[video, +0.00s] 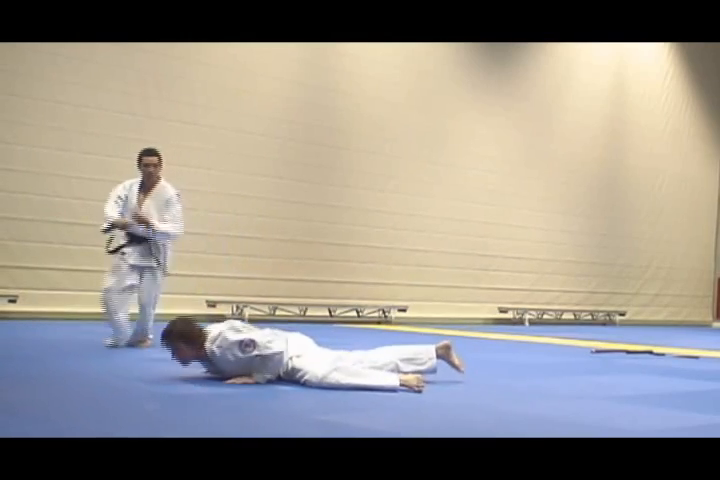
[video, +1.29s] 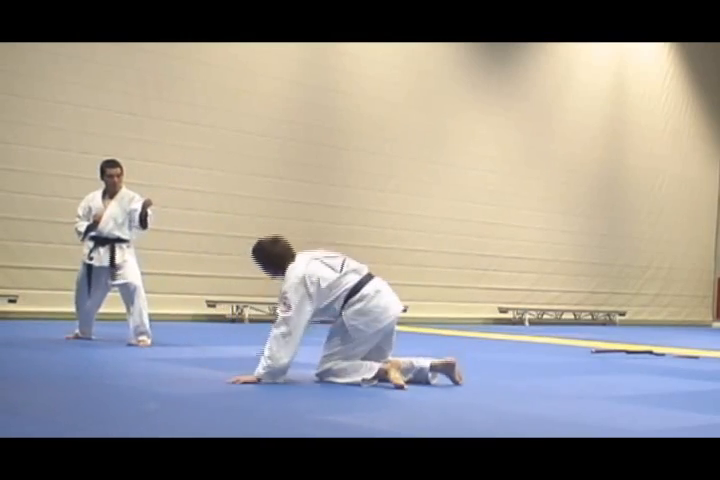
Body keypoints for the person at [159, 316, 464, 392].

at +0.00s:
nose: (175, 359)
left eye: (175, 353)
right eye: (173, 354)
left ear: (189, 344)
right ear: (189, 341)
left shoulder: (223, 341)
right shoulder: (210, 347)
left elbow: (272, 347)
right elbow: (237, 356)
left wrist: (255, 374)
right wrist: (220, 370)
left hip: (292, 355)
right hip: (292, 350)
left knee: (324, 377)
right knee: (357, 363)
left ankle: (397, 381)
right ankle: (434, 353)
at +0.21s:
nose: (182, 323)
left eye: (184, 318)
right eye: (181, 319)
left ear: (198, 315)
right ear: (198, 315)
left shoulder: (232, 328)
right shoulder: (210, 331)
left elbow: (276, 352)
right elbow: (244, 352)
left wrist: (258, 378)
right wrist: (233, 369)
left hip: (296, 355)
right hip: (291, 351)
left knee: (321, 377)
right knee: (359, 362)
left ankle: (396, 382)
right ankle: (435, 349)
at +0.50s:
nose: (198, 283)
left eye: (201, 278)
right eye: (198, 278)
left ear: (215, 278)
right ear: (220, 274)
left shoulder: (247, 295)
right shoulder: (227, 297)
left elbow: (262, 339)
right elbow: (234, 336)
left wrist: (258, 375)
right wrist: (230, 366)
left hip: (304, 336)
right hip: (294, 350)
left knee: (318, 375)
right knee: (363, 366)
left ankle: (393, 377)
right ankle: (433, 347)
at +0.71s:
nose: (212, 271)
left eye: (213, 265)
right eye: (210, 266)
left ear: (226, 263)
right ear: (235, 258)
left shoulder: (257, 278)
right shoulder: (247, 282)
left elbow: (262, 327)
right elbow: (240, 327)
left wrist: (256, 373)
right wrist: (230, 367)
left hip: (321, 314)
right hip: (318, 321)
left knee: (317, 371)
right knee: (372, 366)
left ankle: (386, 372)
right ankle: (440, 353)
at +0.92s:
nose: (231, 276)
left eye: (230, 272)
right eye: (229, 272)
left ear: (239, 270)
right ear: (252, 261)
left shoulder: (275, 278)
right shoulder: (265, 280)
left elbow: (273, 329)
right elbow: (250, 324)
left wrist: (260, 373)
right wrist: (233, 364)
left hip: (345, 302)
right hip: (350, 300)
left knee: (318, 370)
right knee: (374, 365)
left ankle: (387, 369)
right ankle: (440, 360)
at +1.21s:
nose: (261, 280)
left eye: (259, 274)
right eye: (258, 275)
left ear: (268, 271)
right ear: (282, 258)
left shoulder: (297, 278)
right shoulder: (302, 270)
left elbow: (288, 331)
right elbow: (283, 320)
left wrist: (264, 375)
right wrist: (259, 347)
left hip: (366, 308)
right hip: (383, 302)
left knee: (329, 369)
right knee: (375, 368)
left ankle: (380, 370)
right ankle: (438, 366)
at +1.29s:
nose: (264, 272)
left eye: (263, 267)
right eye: (262, 267)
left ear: (270, 265)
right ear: (286, 250)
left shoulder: (297, 276)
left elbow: (286, 328)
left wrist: (264, 374)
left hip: (366, 309)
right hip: (385, 300)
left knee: (328, 369)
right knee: (378, 367)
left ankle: (381, 371)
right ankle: (438, 367)